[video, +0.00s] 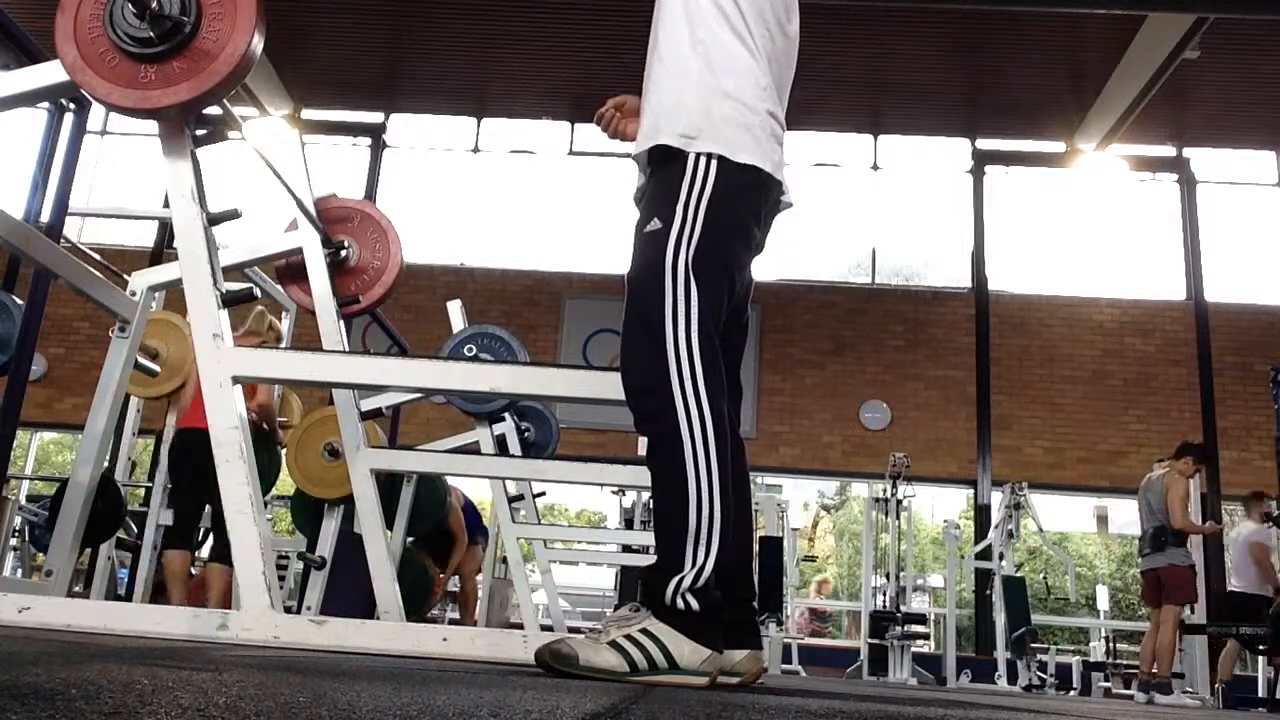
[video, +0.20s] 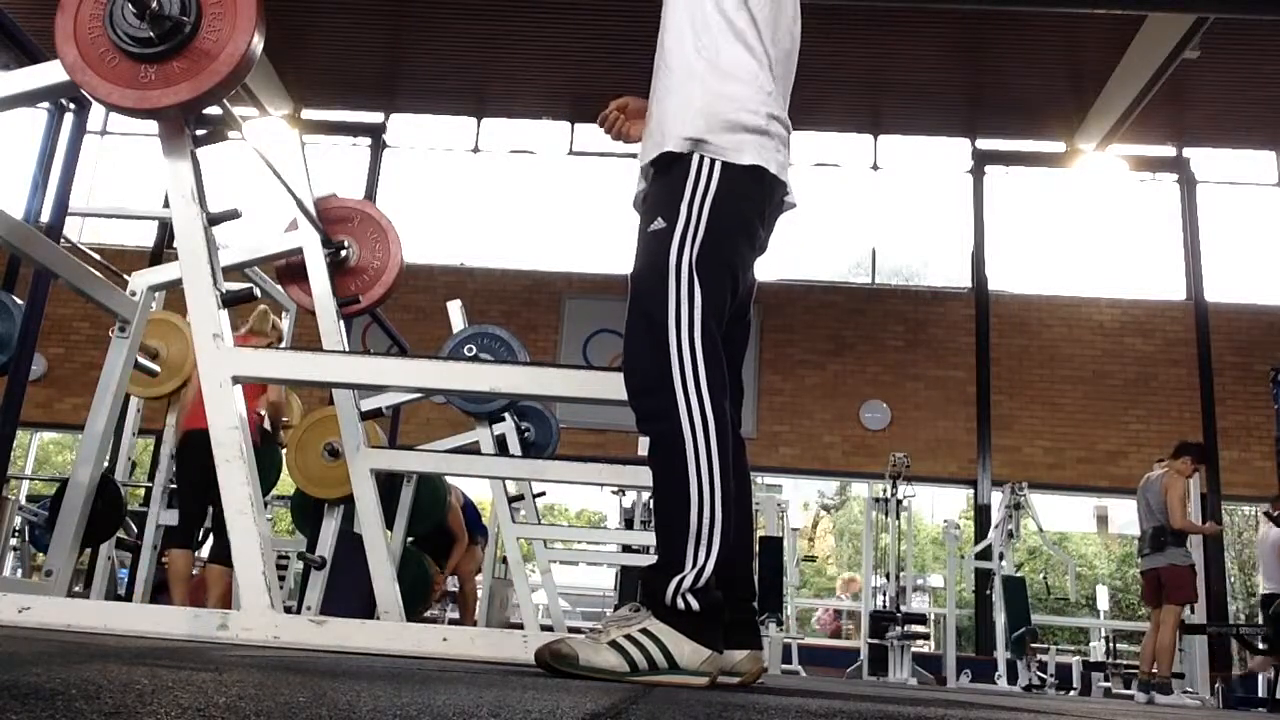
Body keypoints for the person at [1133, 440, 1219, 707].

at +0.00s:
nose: (1194, 476)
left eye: (1197, 472)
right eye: (1196, 471)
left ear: (1179, 459)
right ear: (1187, 462)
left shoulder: (1147, 480)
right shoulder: (1176, 480)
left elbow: (1147, 524)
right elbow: (1179, 522)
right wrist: (1205, 529)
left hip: (1149, 563)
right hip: (1174, 562)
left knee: (1155, 625)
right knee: (1168, 625)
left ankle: (1143, 685)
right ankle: (1164, 688)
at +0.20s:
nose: (1193, 476)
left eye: (1196, 471)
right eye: (1194, 470)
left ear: (1178, 459)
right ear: (1186, 461)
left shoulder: (1146, 480)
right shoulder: (1175, 480)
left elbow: (1146, 525)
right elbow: (1178, 522)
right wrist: (1205, 529)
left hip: (1149, 563)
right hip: (1174, 562)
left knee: (1155, 625)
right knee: (1169, 624)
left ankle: (1143, 684)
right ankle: (1164, 687)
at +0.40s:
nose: (1192, 475)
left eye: (1195, 471)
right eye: (1194, 470)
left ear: (1175, 458)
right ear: (1185, 461)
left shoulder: (1145, 480)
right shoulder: (1174, 480)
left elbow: (1146, 524)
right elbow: (1177, 523)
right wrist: (1206, 530)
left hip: (1149, 563)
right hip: (1173, 562)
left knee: (1155, 625)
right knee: (1169, 625)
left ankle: (1143, 685)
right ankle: (1164, 688)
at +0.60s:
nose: (1191, 475)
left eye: (1193, 470)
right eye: (1192, 469)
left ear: (1174, 459)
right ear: (1182, 461)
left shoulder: (1144, 480)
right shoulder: (1173, 480)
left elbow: (1147, 524)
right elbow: (1177, 522)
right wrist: (1205, 530)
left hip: (1149, 563)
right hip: (1173, 562)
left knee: (1156, 625)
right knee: (1169, 624)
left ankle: (1143, 685)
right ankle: (1164, 688)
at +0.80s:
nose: (1191, 475)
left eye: (1193, 470)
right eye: (1192, 469)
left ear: (1174, 459)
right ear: (1182, 461)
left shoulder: (1144, 480)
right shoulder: (1172, 480)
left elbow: (1146, 525)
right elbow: (1176, 522)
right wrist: (1204, 530)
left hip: (1149, 563)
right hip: (1173, 562)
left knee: (1156, 624)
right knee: (1169, 624)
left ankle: (1143, 685)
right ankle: (1164, 688)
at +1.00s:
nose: (1190, 475)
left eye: (1193, 470)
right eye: (1192, 469)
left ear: (1174, 459)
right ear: (1181, 461)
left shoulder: (1144, 480)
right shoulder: (1172, 480)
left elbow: (1145, 525)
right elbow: (1176, 522)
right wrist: (1204, 530)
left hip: (1149, 563)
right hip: (1173, 562)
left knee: (1156, 624)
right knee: (1169, 624)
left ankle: (1143, 685)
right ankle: (1164, 688)